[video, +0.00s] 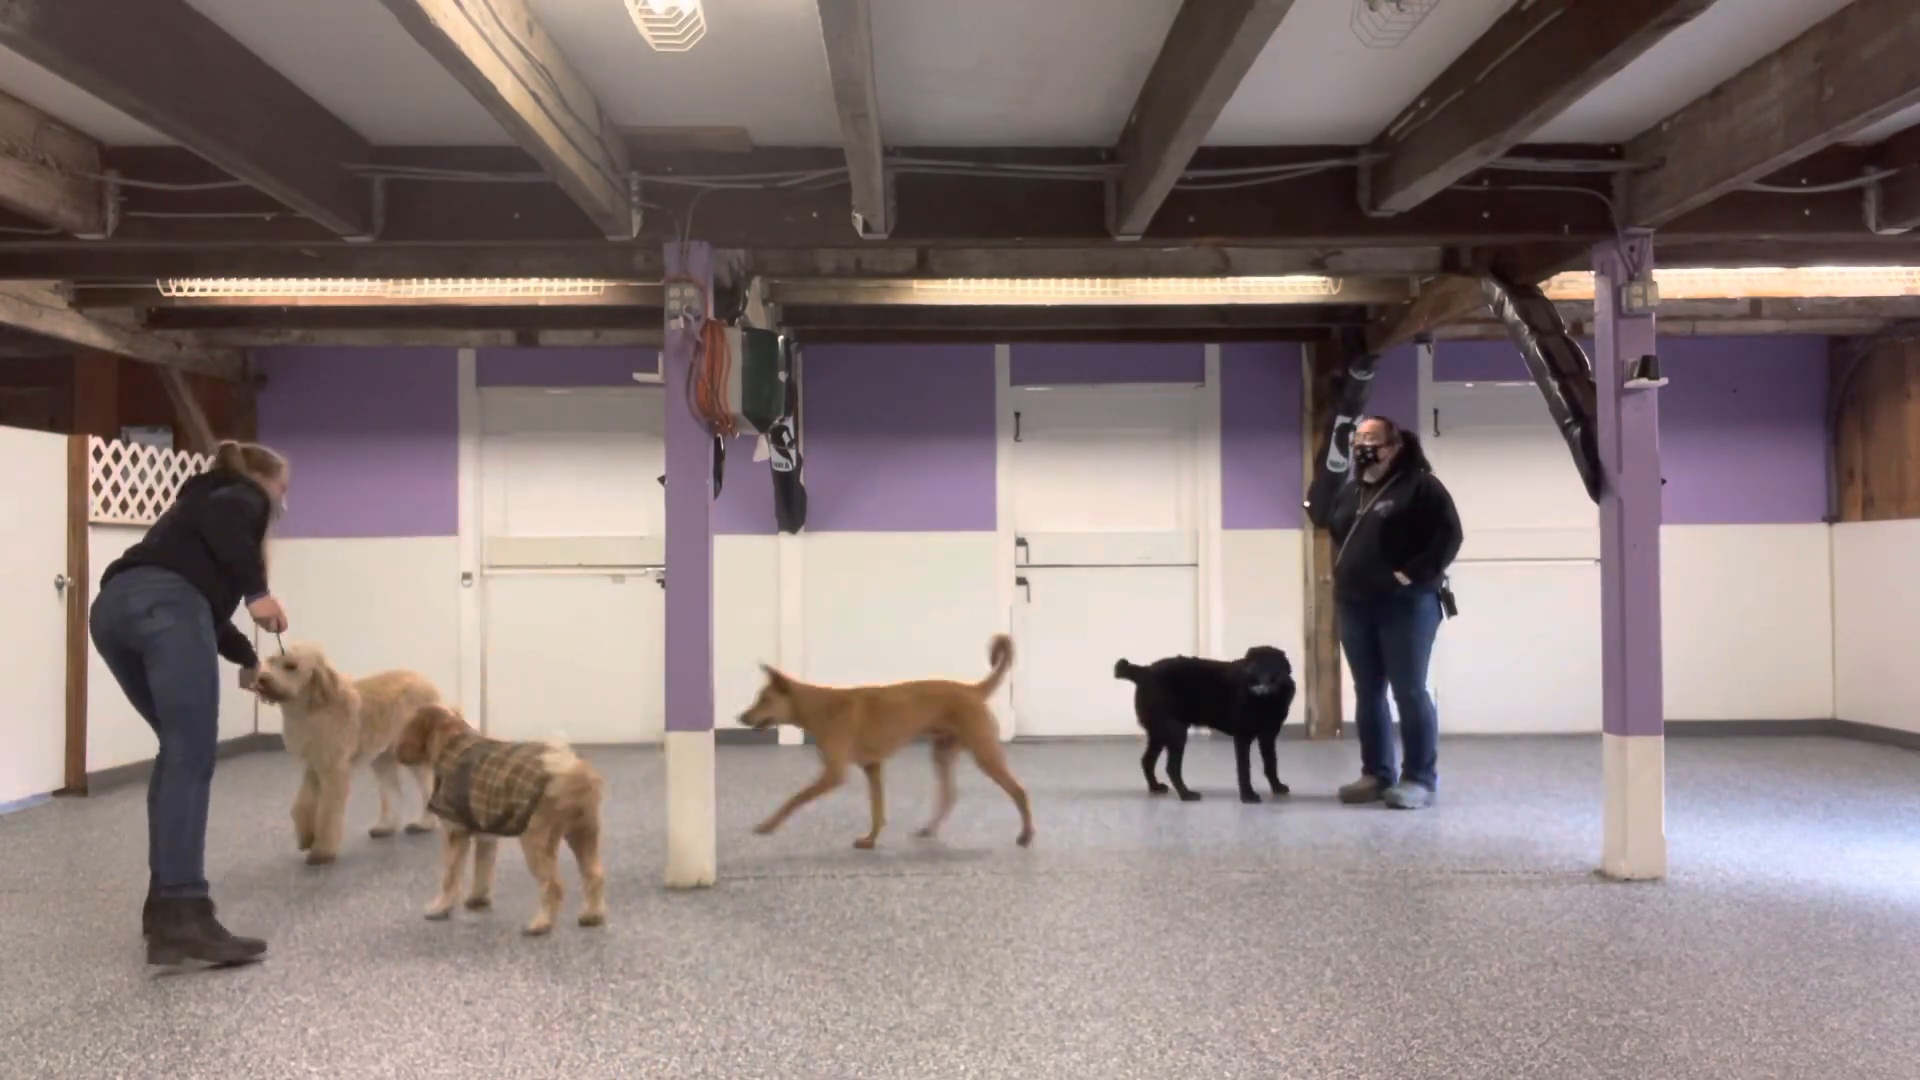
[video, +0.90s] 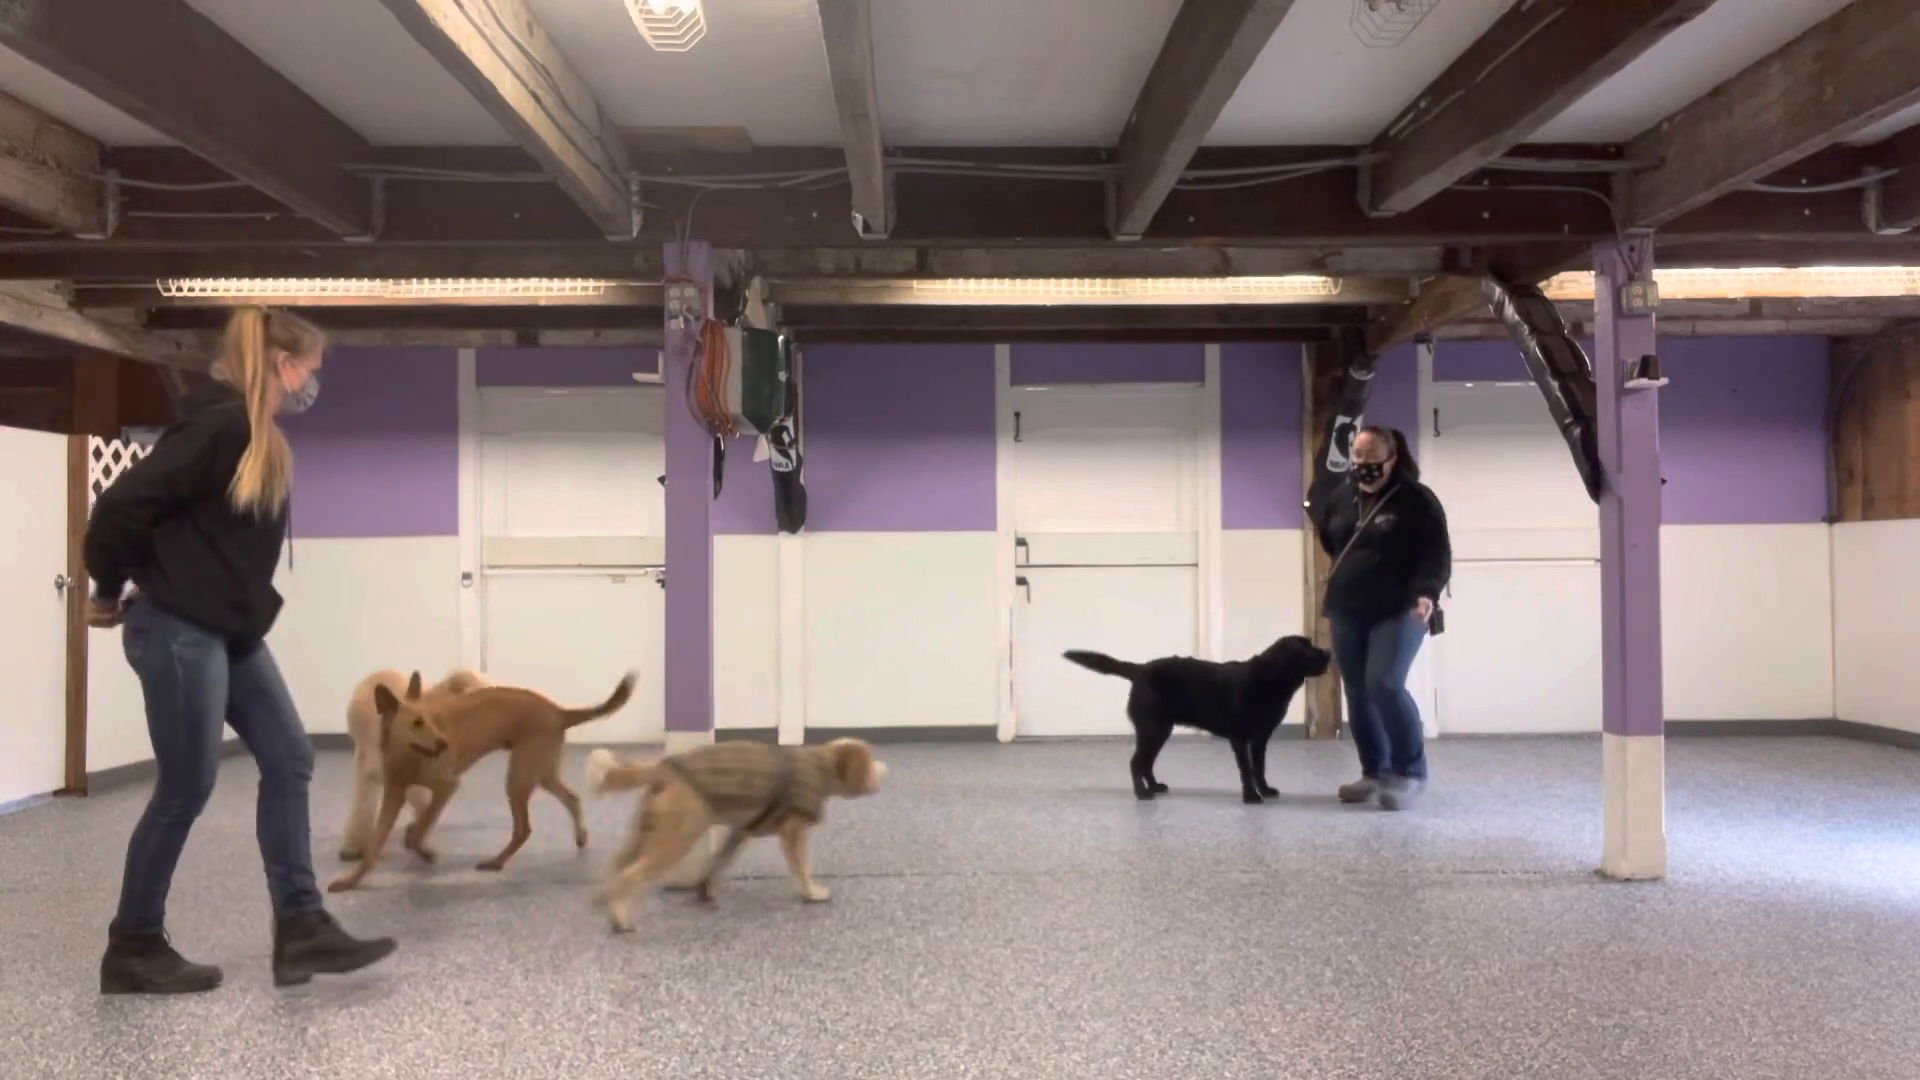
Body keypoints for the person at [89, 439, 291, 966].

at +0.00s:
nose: (280, 502)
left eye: (282, 494)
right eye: (279, 492)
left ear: (230, 472)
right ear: (259, 477)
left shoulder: (196, 504)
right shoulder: (241, 491)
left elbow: (203, 600)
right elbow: (233, 529)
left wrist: (248, 662)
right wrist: (258, 593)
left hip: (112, 608)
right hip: (166, 599)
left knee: (180, 747)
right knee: (192, 748)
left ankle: (168, 904)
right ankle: (183, 912)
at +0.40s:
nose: (277, 439)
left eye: (281, 428)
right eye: (274, 426)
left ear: (240, 414)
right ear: (248, 414)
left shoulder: (218, 456)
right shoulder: (215, 449)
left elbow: (183, 534)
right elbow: (169, 520)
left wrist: (201, 606)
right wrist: (208, 594)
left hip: (145, 614)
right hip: (147, 615)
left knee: (183, 761)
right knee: (201, 771)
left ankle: (171, 892)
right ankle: (135, 943)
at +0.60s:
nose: (280, 401)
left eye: (286, 389)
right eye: (278, 385)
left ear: (253, 374)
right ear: (248, 371)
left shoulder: (229, 430)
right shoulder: (203, 418)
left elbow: (167, 513)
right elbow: (114, 492)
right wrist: (117, 588)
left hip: (190, 619)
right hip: (156, 618)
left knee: (242, 751)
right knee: (191, 775)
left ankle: (190, 893)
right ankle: (132, 945)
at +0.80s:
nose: (297, 387)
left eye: (302, 374)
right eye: (296, 371)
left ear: (262, 358)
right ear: (266, 358)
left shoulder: (241, 421)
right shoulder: (215, 414)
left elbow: (173, 509)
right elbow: (114, 489)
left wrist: (125, 583)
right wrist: (81, 583)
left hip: (211, 622)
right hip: (166, 620)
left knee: (282, 746)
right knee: (178, 778)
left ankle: (259, 917)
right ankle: (131, 946)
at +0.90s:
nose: (313, 389)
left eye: (315, 376)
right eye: (309, 374)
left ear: (275, 363)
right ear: (276, 362)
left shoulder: (258, 430)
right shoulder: (219, 421)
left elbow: (193, 519)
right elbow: (119, 507)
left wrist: (136, 583)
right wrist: (108, 587)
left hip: (232, 627)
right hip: (178, 624)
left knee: (289, 762)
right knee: (183, 787)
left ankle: (302, 929)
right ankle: (133, 948)